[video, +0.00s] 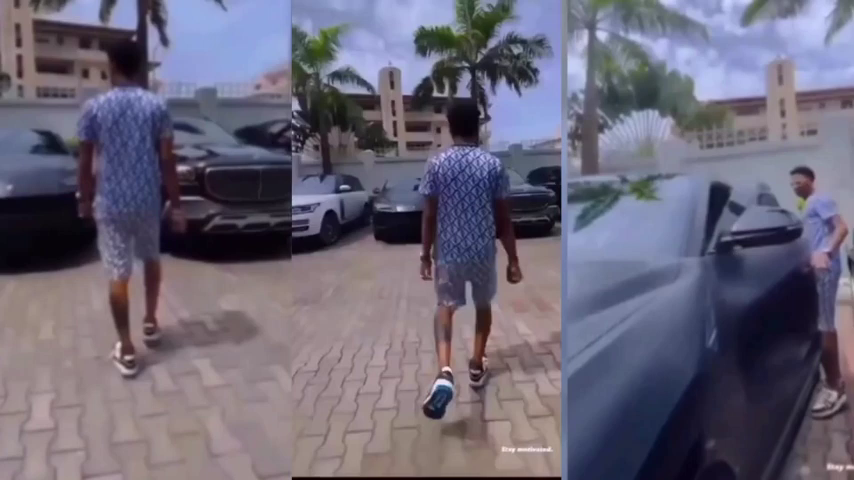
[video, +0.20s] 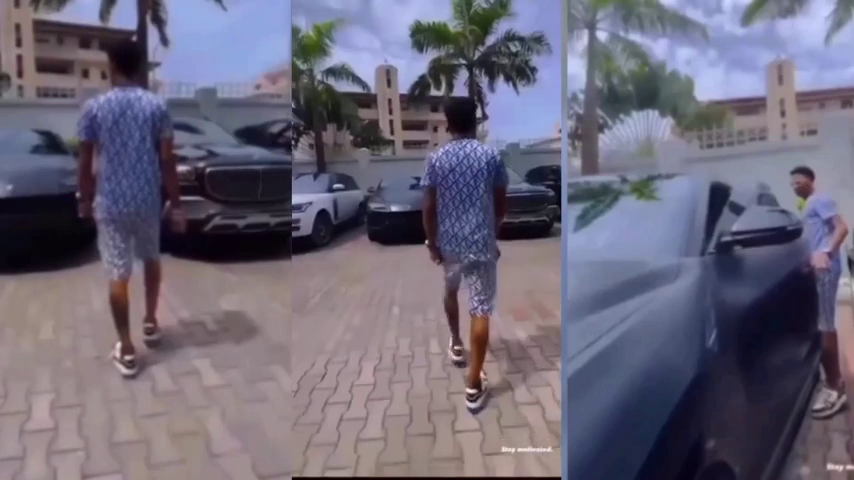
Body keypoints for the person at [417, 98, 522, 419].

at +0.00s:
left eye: (452, 125)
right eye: (476, 125)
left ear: (450, 128)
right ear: (478, 127)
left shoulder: (437, 163)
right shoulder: (492, 163)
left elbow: (429, 214)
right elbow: (503, 218)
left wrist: (426, 253)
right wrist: (513, 260)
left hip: (448, 252)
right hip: (482, 251)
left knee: (445, 305)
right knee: (483, 307)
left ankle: (444, 370)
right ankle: (477, 365)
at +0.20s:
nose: (448, 126)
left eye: (447, 120)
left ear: (448, 123)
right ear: (475, 122)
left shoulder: (437, 158)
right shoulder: (490, 156)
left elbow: (429, 207)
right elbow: (501, 201)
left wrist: (431, 242)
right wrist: (493, 230)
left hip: (450, 242)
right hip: (481, 242)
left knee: (451, 290)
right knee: (480, 311)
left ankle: (456, 342)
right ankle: (474, 385)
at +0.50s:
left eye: (442, 129)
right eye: (469, 128)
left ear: (443, 132)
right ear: (470, 130)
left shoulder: (434, 165)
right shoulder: (482, 160)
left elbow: (429, 211)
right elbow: (491, 201)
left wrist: (426, 247)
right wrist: (501, 210)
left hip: (447, 240)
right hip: (476, 239)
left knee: (453, 284)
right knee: (486, 295)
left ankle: (462, 329)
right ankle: (478, 360)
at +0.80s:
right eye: (469, 127)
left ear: (443, 131)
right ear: (468, 129)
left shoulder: (433, 160)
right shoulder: (479, 159)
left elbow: (426, 203)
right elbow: (489, 202)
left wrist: (431, 229)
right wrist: (500, 239)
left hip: (442, 231)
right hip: (471, 230)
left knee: (452, 290)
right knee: (475, 274)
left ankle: (461, 353)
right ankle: (474, 316)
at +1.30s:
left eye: (450, 126)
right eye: (466, 125)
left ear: (448, 128)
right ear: (471, 127)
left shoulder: (439, 156)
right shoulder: (481, 155)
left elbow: (433, 196)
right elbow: (489, 193)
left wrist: (430, 228)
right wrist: (489, 218)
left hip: (447, 223)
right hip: (473, 224)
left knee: (443, 267)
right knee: (472, 275)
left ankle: (448, 312)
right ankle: (465, 329)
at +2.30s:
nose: (418, 136)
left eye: (418, 132)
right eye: (427, 131)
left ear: (418, 133)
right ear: (438, 133)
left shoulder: (406, 159)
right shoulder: (446, 160)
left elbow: (399, 197)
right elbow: (452, 198)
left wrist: (396, 227)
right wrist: (456, 228)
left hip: (414, 224)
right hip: (438, 224)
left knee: (410, 270)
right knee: (437, 268)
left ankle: (418, 316)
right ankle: (432, 309)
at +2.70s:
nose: (382, 138)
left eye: (382, 134)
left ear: (383, 135)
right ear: (402, 135)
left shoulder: (375, 161)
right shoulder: (414, 160)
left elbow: (370, 199)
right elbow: (424, 193)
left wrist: (371, 230)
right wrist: (422, 217)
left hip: (386, 226)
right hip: (411, 226)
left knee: (387, 268)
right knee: (410, 277)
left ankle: (390, 300)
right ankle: (406, 334)